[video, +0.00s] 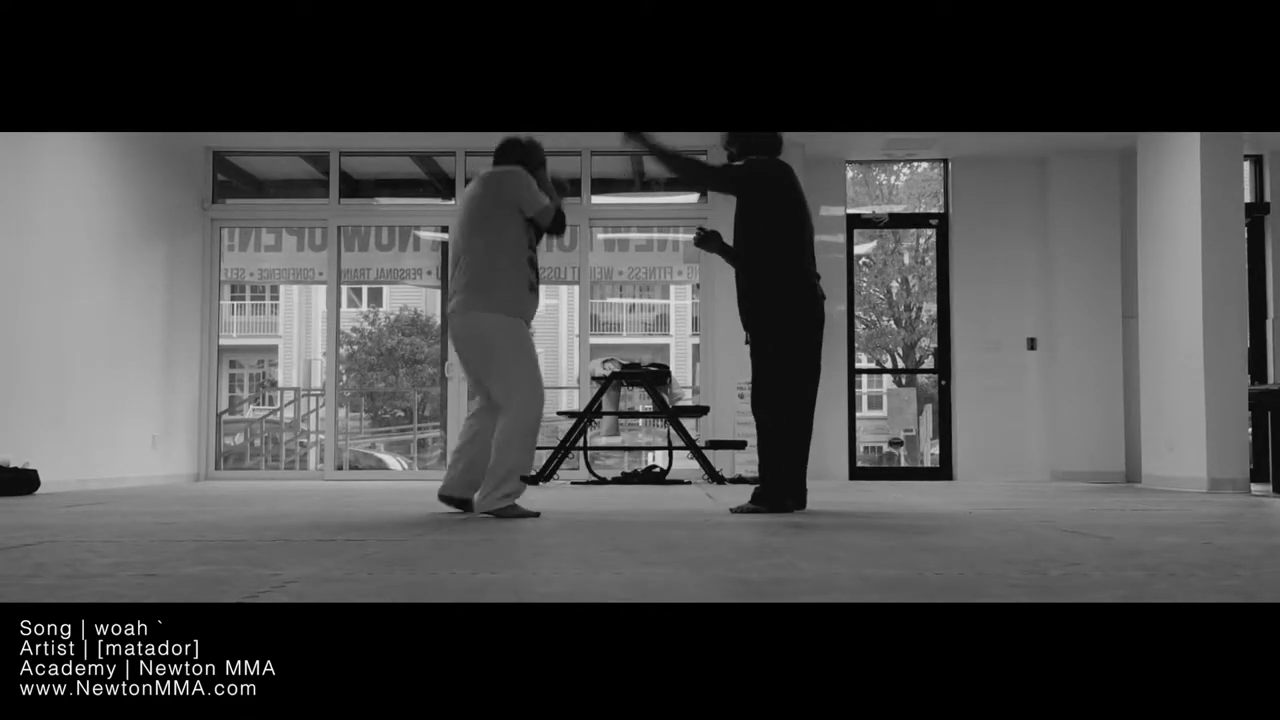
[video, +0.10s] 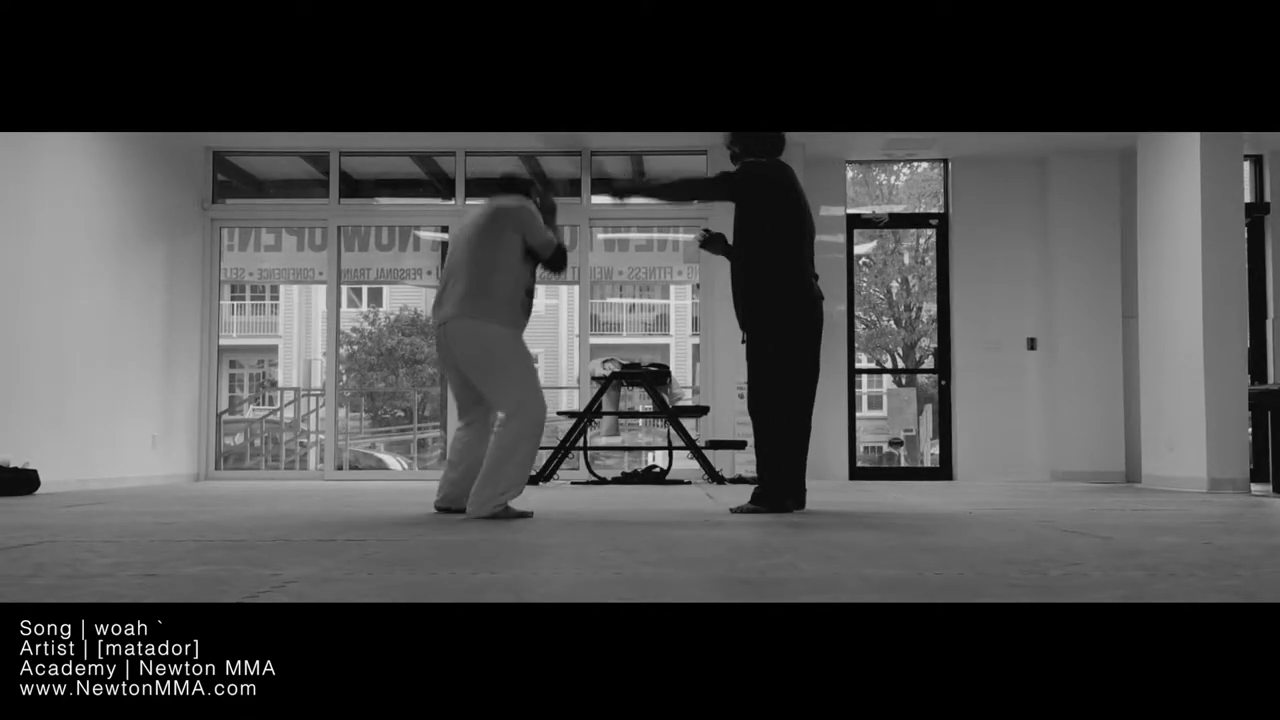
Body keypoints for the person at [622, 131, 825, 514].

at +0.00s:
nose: (726, 145)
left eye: (731, 138)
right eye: (727, 140)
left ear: (746, 140)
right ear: (766, 141)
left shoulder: (764, 173)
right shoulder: (769, 181)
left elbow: (702, 174)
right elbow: (758, 266)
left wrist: (646, 143)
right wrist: (721, 247)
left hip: (784, 311)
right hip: (786, 309)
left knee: (776, 401)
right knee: (781, 400)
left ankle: (778, 495)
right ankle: (784, 494)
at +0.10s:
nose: (730, 153)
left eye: (733, 145)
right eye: (730, 146)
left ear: (747, 145)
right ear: (768, 146)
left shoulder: (759, 176)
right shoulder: (779, 181)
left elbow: (695, 188)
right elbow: (768, 257)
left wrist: (632, 187)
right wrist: (725, 249)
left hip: (777, 313)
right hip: (794, 310)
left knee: (770, 401)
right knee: (786, 401)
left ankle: (775, 496)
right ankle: (787, 494)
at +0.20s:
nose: (731, 154)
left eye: (734, 146)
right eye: (731, 147)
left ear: (748, 144)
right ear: (770, 146)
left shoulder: (757, 177)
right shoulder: (782, 183)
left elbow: (696, 210)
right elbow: (770, 257)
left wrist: (638, 226)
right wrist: (727, 251)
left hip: (771, 314)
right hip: (794, 310)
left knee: (761, 397)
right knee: (785, 398)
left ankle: (771, 495)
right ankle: (787, 493)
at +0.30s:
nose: (729, 152)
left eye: (732, 144)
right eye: (728, 146)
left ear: (748, 143)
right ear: (768, 145)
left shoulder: (755, 176)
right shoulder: (783, 181)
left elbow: (714, 218)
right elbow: (772, 253)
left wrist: (663, 239)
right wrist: (729, 251)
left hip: (767, 315)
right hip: (795, 312)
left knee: (736, 386)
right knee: (784, 398)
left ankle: (759, 490)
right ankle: (785, 493)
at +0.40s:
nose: (727, 153)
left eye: (731, 145)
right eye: (726, 146)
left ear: (748, 144)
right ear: (764, 145)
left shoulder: (755, 176)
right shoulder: (779, 179)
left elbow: (716, 218)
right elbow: (769, 250)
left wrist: (682, 234)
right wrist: (726, 251)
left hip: (765, 315)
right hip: (788, 312)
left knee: (725, 381)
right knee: (781, 400)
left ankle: (743, 481)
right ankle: (784, 491)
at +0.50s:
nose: (723, 151)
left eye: (726, 143)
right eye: (722, 145)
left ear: (743, 143)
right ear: (762, 145)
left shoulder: (747, 175)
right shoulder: (776, 180)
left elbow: (707, 208)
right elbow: (765, 258)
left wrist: (688, 217)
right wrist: (720, 254)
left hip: (760, 320)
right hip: (787, 317)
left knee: (731, 392)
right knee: (782, 404)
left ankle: (733, 488)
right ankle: (786, 492)